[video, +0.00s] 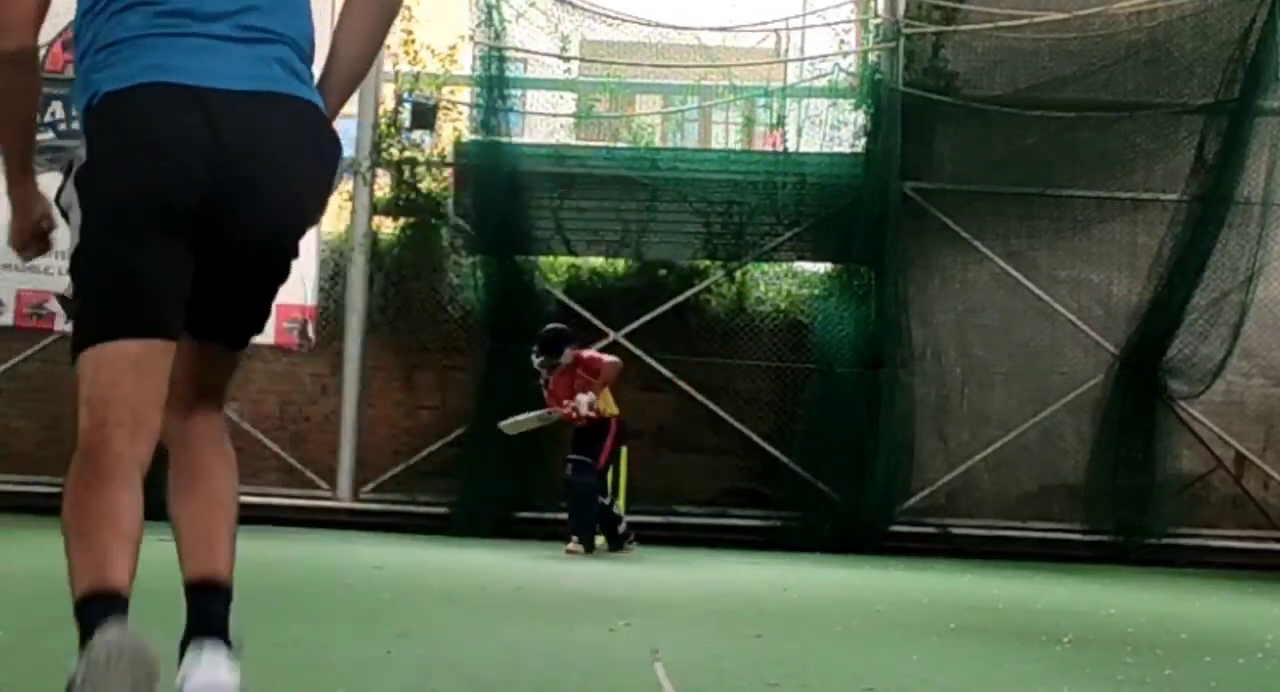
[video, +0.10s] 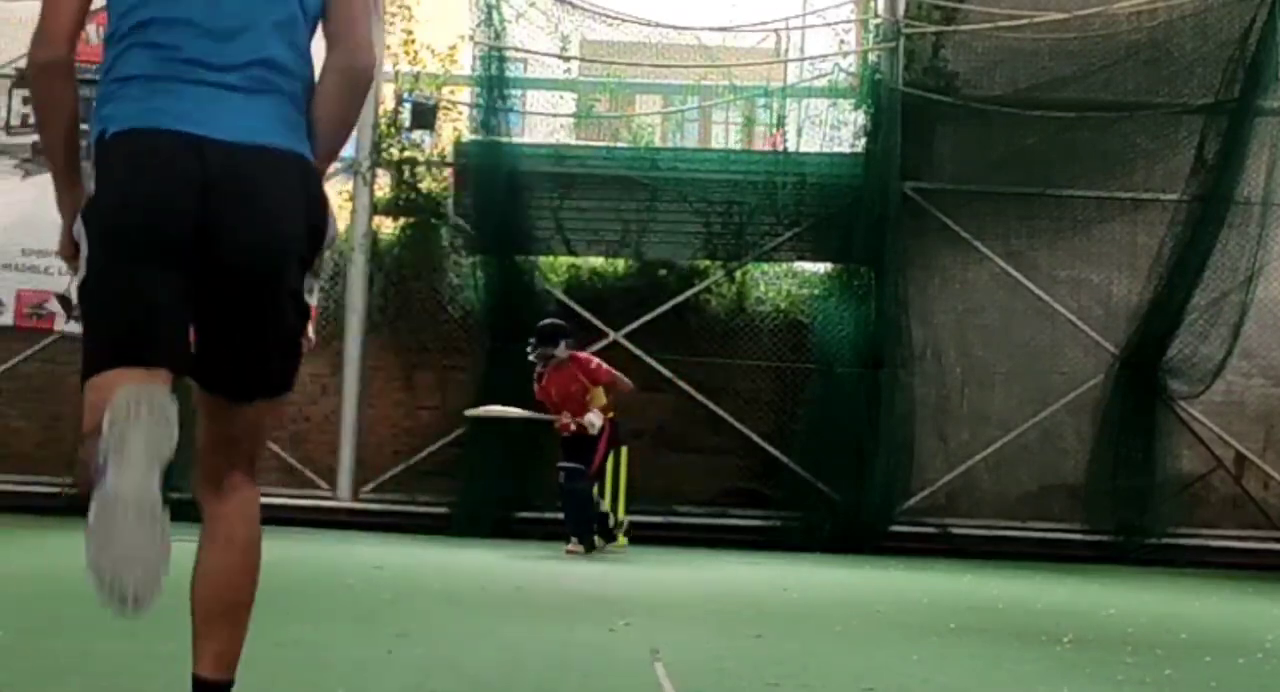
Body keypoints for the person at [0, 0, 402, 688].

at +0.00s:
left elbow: (14, 38)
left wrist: (21, 190)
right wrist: (322, 110)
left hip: (146, 127)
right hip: (286, 130)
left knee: (112, 433)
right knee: (201, 400)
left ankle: (104, 636)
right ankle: (210, 644)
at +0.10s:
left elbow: (49, 54)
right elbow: (357, 57)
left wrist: (72, 201)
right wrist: (302, 173)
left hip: (143, 165)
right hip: (272, 178)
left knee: (111, 425)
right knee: (232, 475)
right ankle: (212, 685)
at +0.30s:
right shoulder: (356, 34)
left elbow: (110, 77)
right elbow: (339, 204)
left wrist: (111, 218)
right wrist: (292, 261)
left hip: (166, 261)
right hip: (271, 276)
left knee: (186, 475)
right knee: (246, 514)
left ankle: (147, 479)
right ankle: (207, 684)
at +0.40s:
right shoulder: (360, 6)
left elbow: (145, 19)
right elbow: (347, 156)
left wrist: (144, 174)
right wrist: (294, 187)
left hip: (186, 219)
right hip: (284, 232)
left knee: (192, 421)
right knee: (263, 452)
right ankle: (236, 633)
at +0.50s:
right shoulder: (360, 10)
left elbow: (152, 47)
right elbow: (361, 164)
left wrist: (157, 182)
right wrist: (295, 192)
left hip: (200, 233)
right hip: (295, 240)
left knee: (209, 450)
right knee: (282, 442)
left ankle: (213, 660)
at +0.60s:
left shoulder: (195, 40)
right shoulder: (355, 70)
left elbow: (136, 139)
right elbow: (371, 215)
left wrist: (151, 255)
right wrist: (327, 253)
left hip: (211, 290)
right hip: (303, 294)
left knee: (223, 479)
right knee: (303, 511)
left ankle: (236, 667)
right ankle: (272, 472)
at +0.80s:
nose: (330, 7)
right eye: (333, 3)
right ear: (329, 3)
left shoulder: (219, 59)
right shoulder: (362, 72)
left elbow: (179, 178)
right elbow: (370, 197)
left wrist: (223, 226)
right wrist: (367, 275)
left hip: (237, 289)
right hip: (319, 291)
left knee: (230, 467)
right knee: (298, 432)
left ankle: (228, 631)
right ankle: (279, 568)